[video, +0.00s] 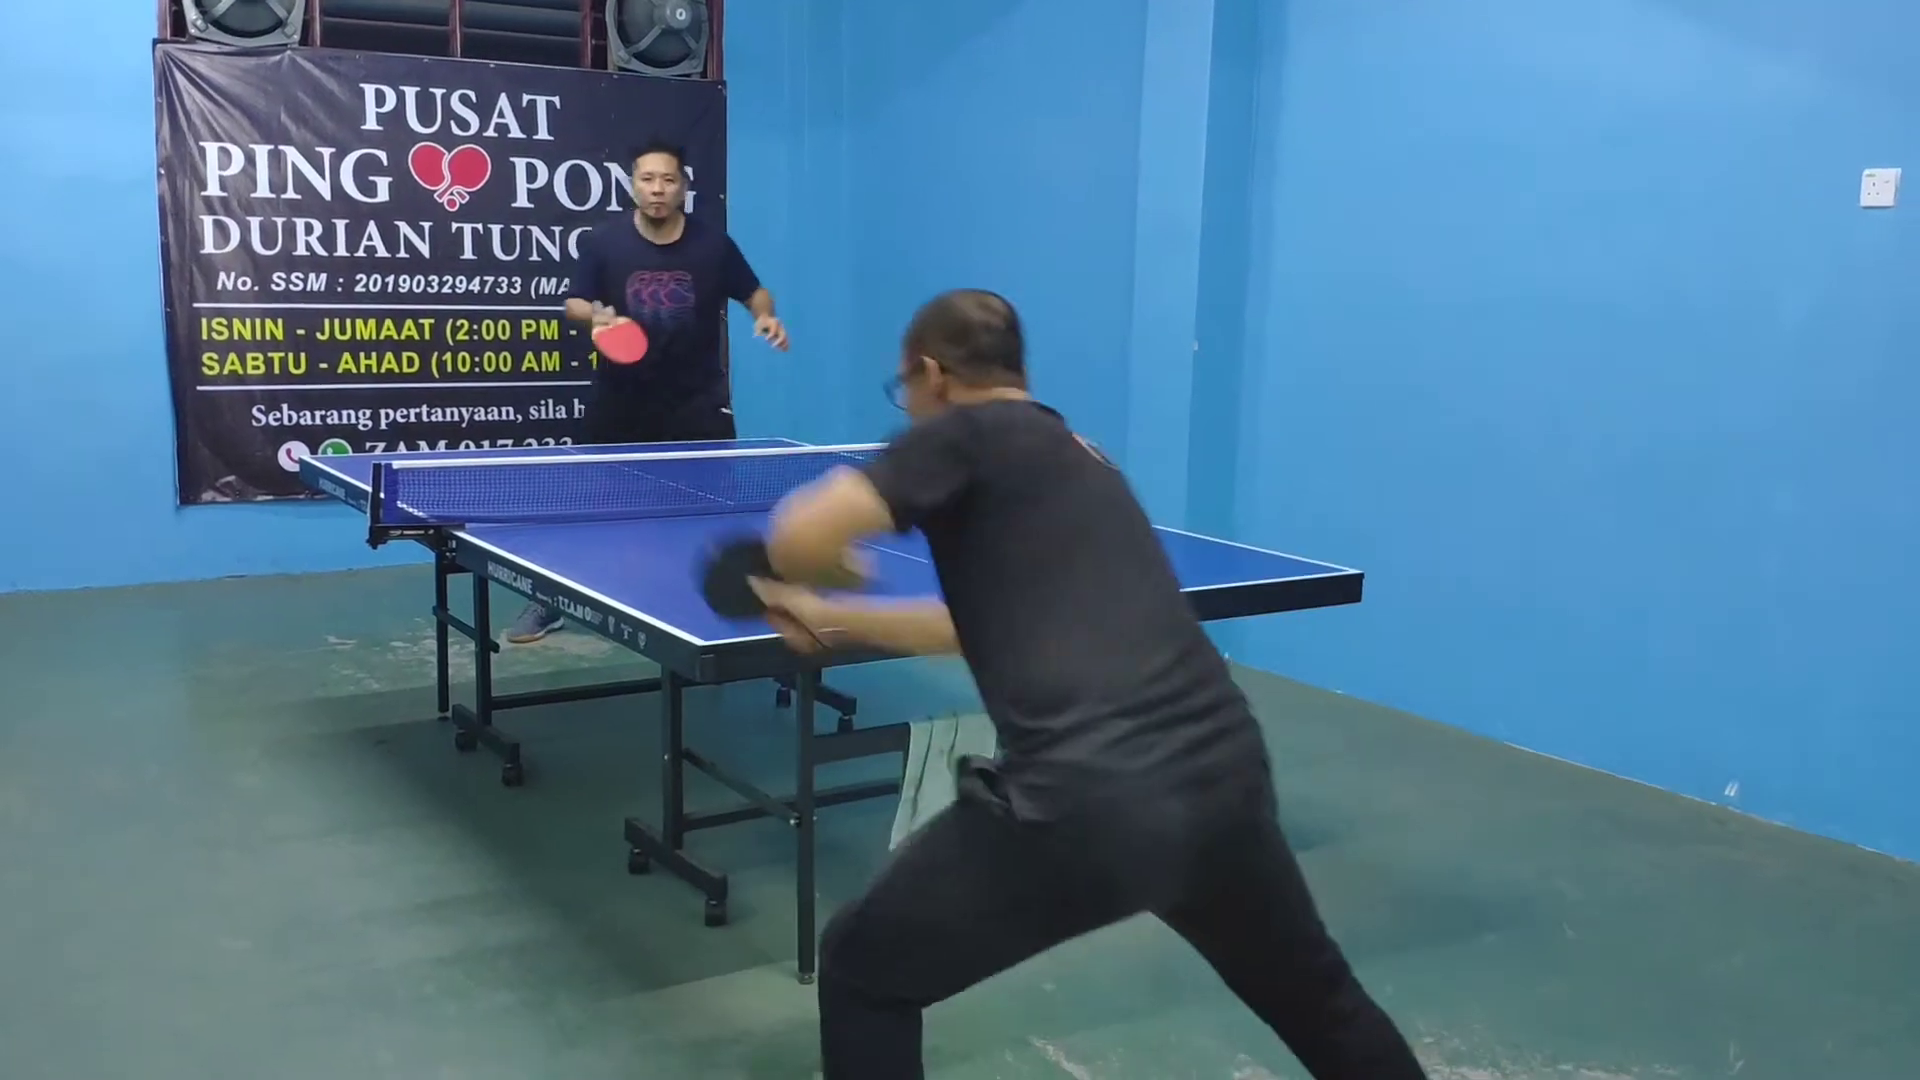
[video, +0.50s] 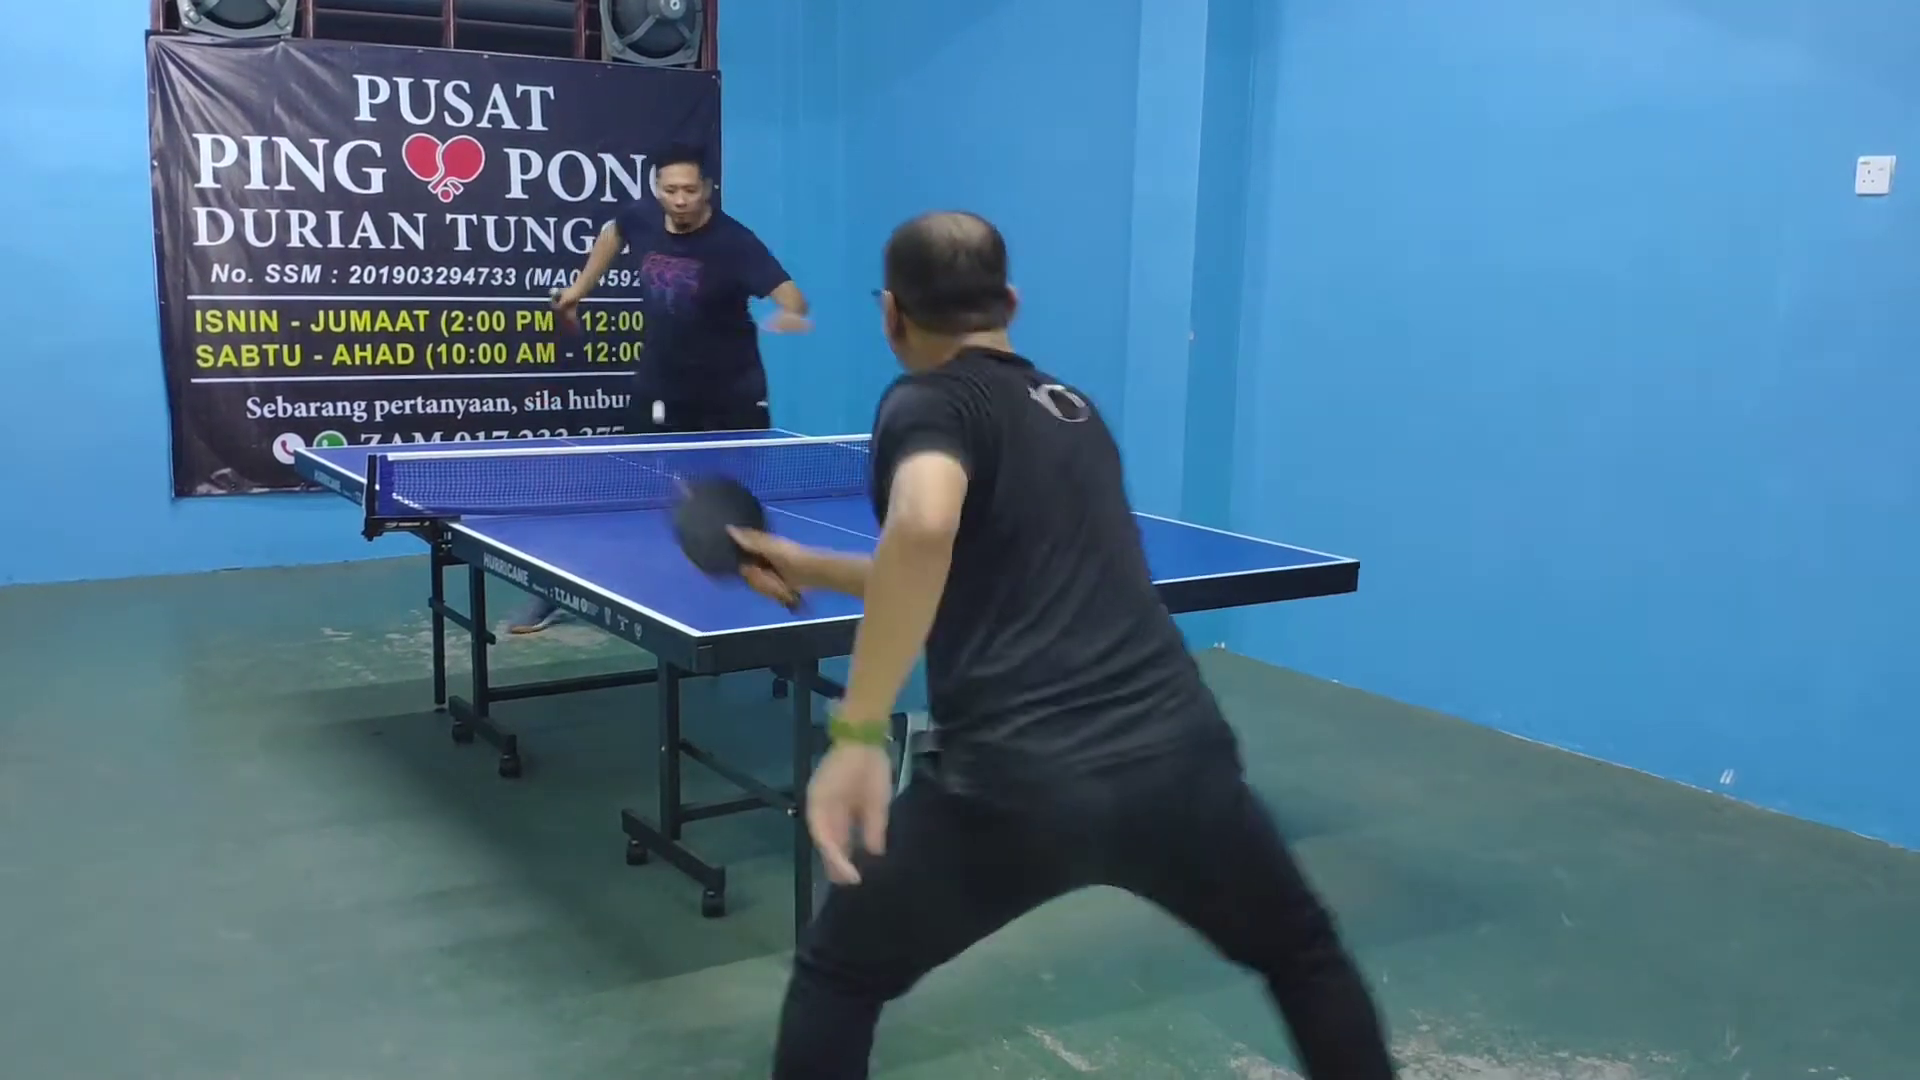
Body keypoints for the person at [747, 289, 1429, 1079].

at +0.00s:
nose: (907, 405)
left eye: (907, 386)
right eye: (906, 387)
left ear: (932, 375)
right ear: (1015, 373)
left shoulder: (960, 439)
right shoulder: (1084, 460)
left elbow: (799, 532)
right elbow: (1010, 622)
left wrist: (831, 576)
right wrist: (846, 628)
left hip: (1084, 808)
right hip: (1218, 789)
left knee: (864, 970)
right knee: (1326, 1005)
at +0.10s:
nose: (855, 348)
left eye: (857, 332)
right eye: (856, 334)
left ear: (876, 331)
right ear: (973, 333)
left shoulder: (924, 380)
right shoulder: (1016, 429)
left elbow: (801, 365)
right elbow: (878, 533)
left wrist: (723, 472)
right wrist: (752, 484)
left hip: (1047, 769)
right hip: (1182, 744)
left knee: (862, 973)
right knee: (1279, 986)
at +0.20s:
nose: (835, 264)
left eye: (843, 250)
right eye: (835, 255)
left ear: (875, 260)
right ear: (951, 265)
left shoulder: (914, 337)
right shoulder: (980, 371)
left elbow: (868, 258)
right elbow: (866, 457)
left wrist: (730, 411)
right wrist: (740, 406)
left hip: (1029, 715)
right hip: (1163, 685)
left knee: (875, 962)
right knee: (1243, 952)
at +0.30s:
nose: (830, 254)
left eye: (831, 237)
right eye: (835, 238)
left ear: (851, 241)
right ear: (957, 237)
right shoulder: (989, 343)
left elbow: (917, 268)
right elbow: (857, 442)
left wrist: (768, 441)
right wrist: (734, 397)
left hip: (1020, 702)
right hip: (1161, 672)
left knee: (853, 937)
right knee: (1241, 941)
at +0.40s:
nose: (843, 284)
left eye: (844, 266)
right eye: (849, 264)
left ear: (857, 276)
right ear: (972, 267)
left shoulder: (914, 343)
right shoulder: (1019, 367)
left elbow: (930, 401)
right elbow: (896, 512)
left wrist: (811, 596)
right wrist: (742, 463)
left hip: (1004, 742)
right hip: (1140, 720)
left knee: (829, 982)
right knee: (1251, 965)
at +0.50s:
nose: (882, 318)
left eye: (882, 304)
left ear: (894, 312)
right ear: (1010, 304)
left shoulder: (930, 398)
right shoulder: (1071, 408)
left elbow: (925, 524)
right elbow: (984, 584)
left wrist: (860, 731)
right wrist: (816, 570)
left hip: (1014, 795)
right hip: (1177, 779)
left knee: (838, 975)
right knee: (1307, 958)